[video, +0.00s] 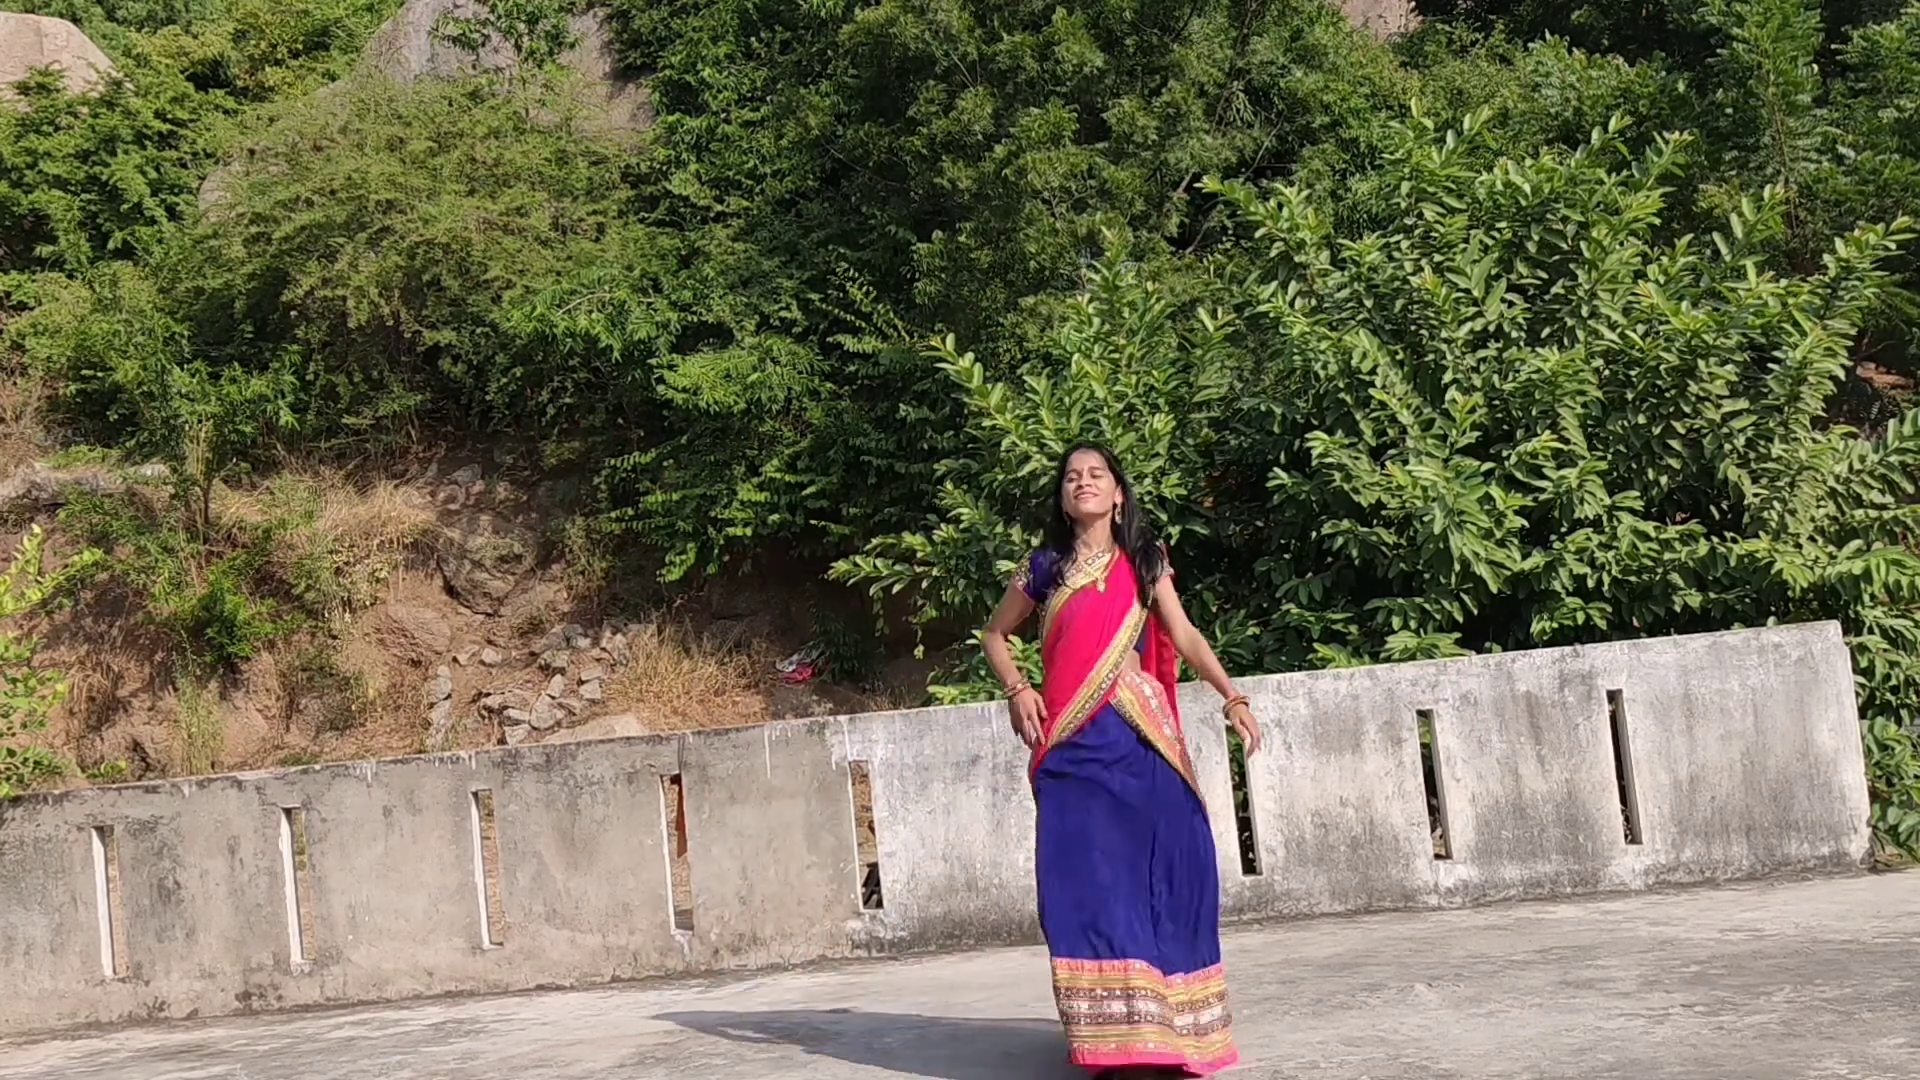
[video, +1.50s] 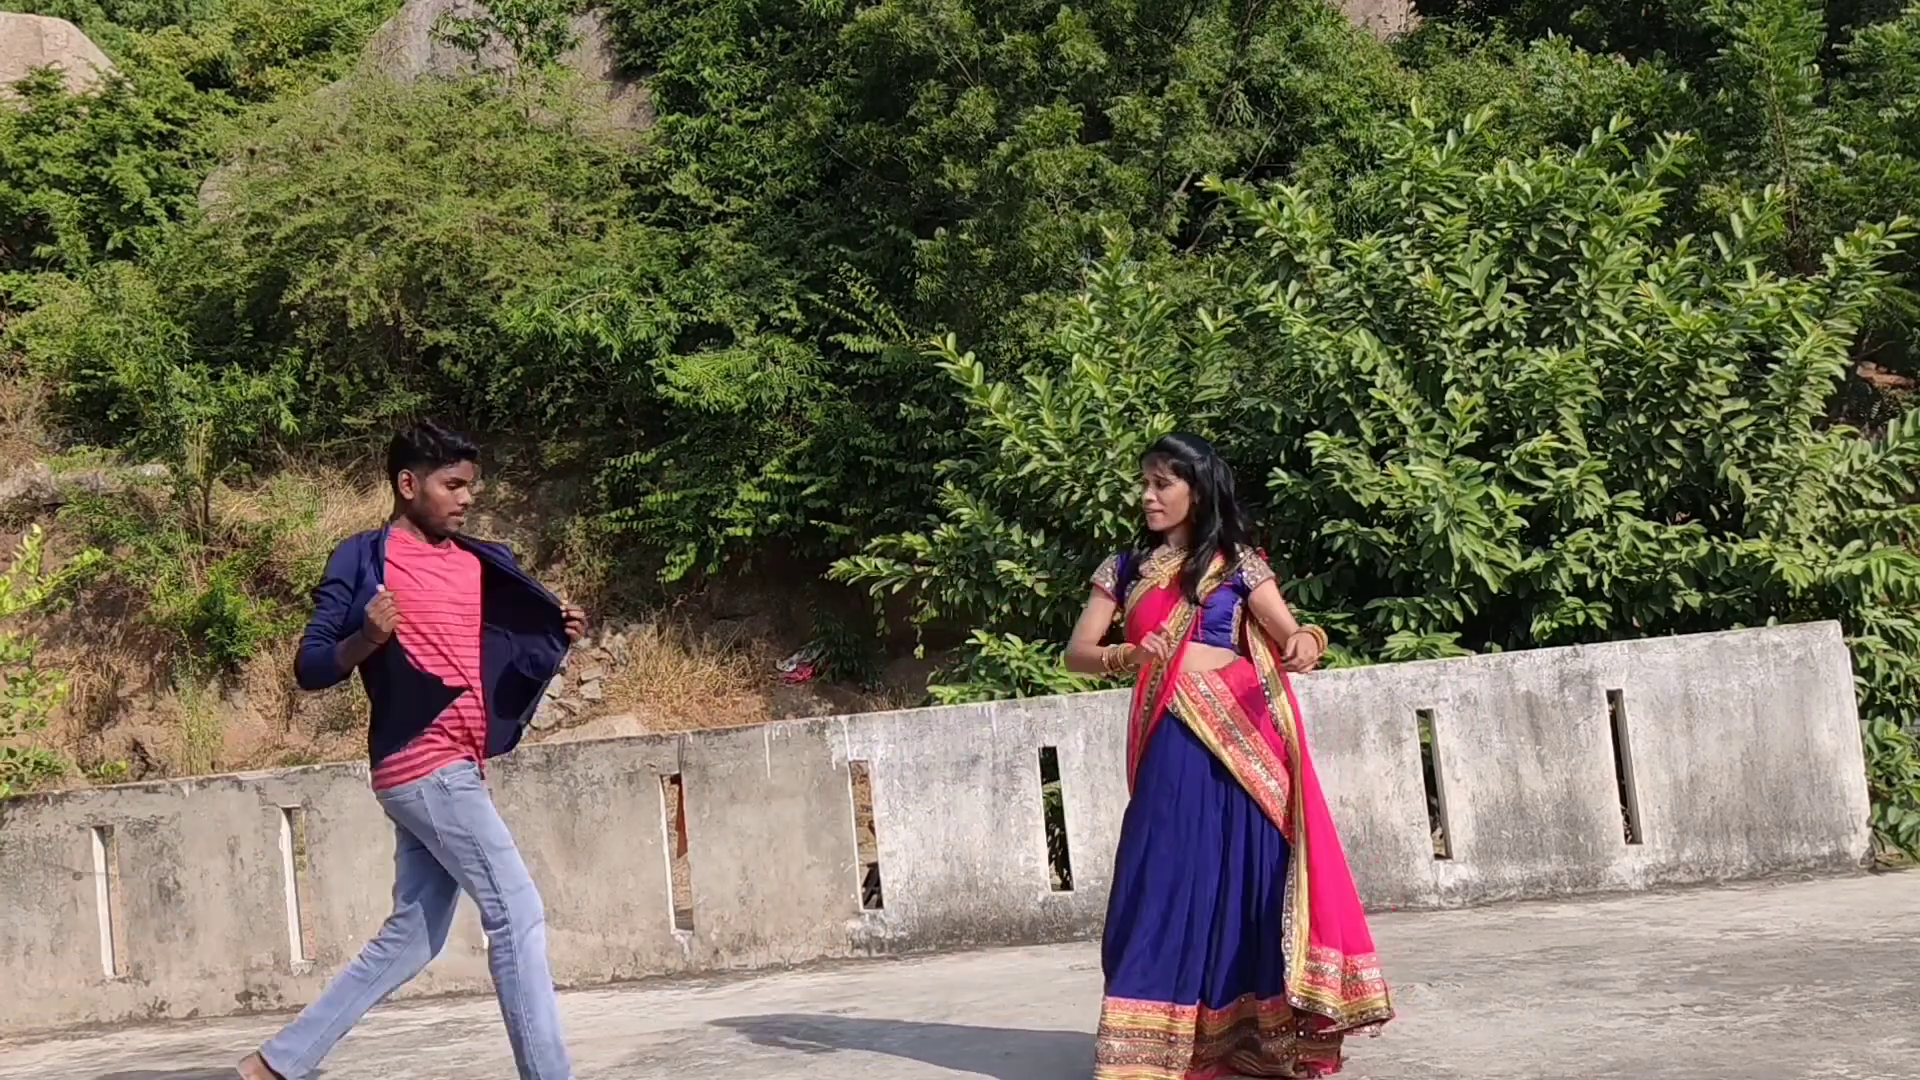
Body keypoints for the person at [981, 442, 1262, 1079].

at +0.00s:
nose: (1084, 483)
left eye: (1096, 475)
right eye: (1073, 477)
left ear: (1120, 493)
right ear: (1061, 497)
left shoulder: (1143, 560)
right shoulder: (1044, 567)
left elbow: (1185, 635)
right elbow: (994, 635)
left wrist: (1232, 697)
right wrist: (1016, 690)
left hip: (1143, 746)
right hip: (1071, 751)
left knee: (1161, 881)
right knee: (1088, 888)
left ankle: (1169, 1031)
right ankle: (1109, 1037)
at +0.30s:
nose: (1075, 496)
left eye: (1087, 484)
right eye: (1073, 485)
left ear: (1124, 492)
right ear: (1079, 498)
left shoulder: (1167, 547)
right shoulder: (1079, 575)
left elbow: (1189, 635)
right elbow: (975, 605)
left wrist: (1207, 713)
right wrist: (1017, 544)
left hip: (1149, 734)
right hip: (1090, 740)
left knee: (1146, 882)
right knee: (1106, 886)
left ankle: (1171, 1045)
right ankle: (1130, 1047)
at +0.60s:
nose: (1120, 506)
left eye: (1132, 493)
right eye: (1116, 495)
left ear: (1169, 491)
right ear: (1123, 501)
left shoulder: (1207, 528)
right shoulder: (1141, 568)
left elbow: (1172, 587)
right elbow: (1060, 618)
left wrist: (1090, 611)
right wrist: (962, 629)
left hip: (1209, 721)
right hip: (1151, 726)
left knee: (1225, 873)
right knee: (1143, 877)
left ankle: (1253, 1040)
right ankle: (1147, 1045)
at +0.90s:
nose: (1145, 512)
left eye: (1157, 498)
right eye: (1141, 500)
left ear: (1194, 494)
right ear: (1149, 503)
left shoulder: (1229, 526)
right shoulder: (1166, 571)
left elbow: (1154, 557)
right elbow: (1100, 637)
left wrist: (1064, 565)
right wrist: (1020, 609)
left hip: (1230, 722)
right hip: (1172, 728)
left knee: (1242, 877)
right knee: (1154, 880)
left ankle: (1270, 1045)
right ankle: (1154, 1050)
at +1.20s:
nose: (1151, 503)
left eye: (1162, 491)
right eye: (1146, 492)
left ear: (1198, 492)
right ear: (1147, 501)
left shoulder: (1235, 554)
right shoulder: (1160, 578)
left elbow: (1270, 550)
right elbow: (1137, 666)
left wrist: (1190, 522)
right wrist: (1133, 587)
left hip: (1239, 727)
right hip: (1175, 731)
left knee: (1251, 875)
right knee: (1156, 876)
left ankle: (1267, 1042)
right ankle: (1172, 1044)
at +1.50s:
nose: (1150, 495)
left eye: (1164, 484)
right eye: (1146, 483)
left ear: (1201, 491)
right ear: (1143, 492)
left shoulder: (1238, 560)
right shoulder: (1122, 568)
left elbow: (1288, 638)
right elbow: (1080, 653)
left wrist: (1306, 642)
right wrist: (1127, 654)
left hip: (1243, 733)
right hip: (1170, 737)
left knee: (1251, 877)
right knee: (1169, 880)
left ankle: (1261, 1040)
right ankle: (1179, 1045)